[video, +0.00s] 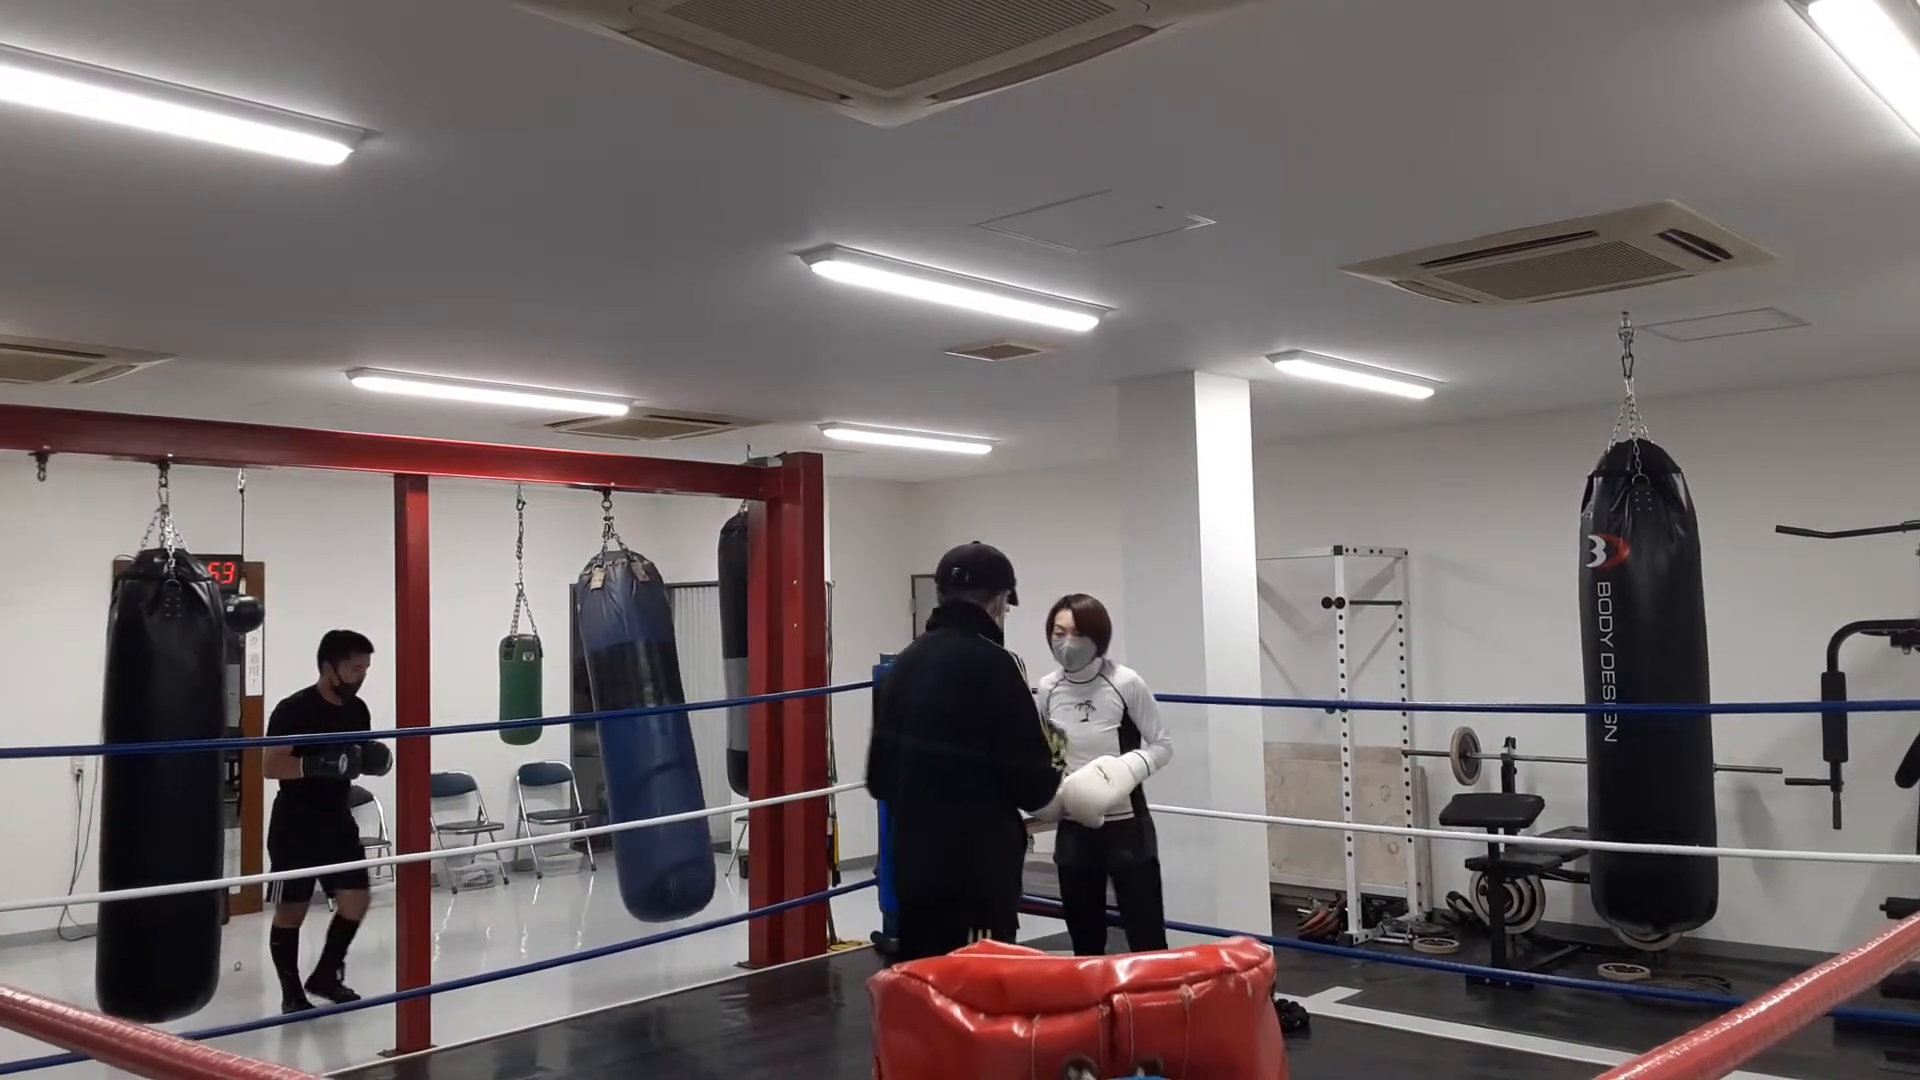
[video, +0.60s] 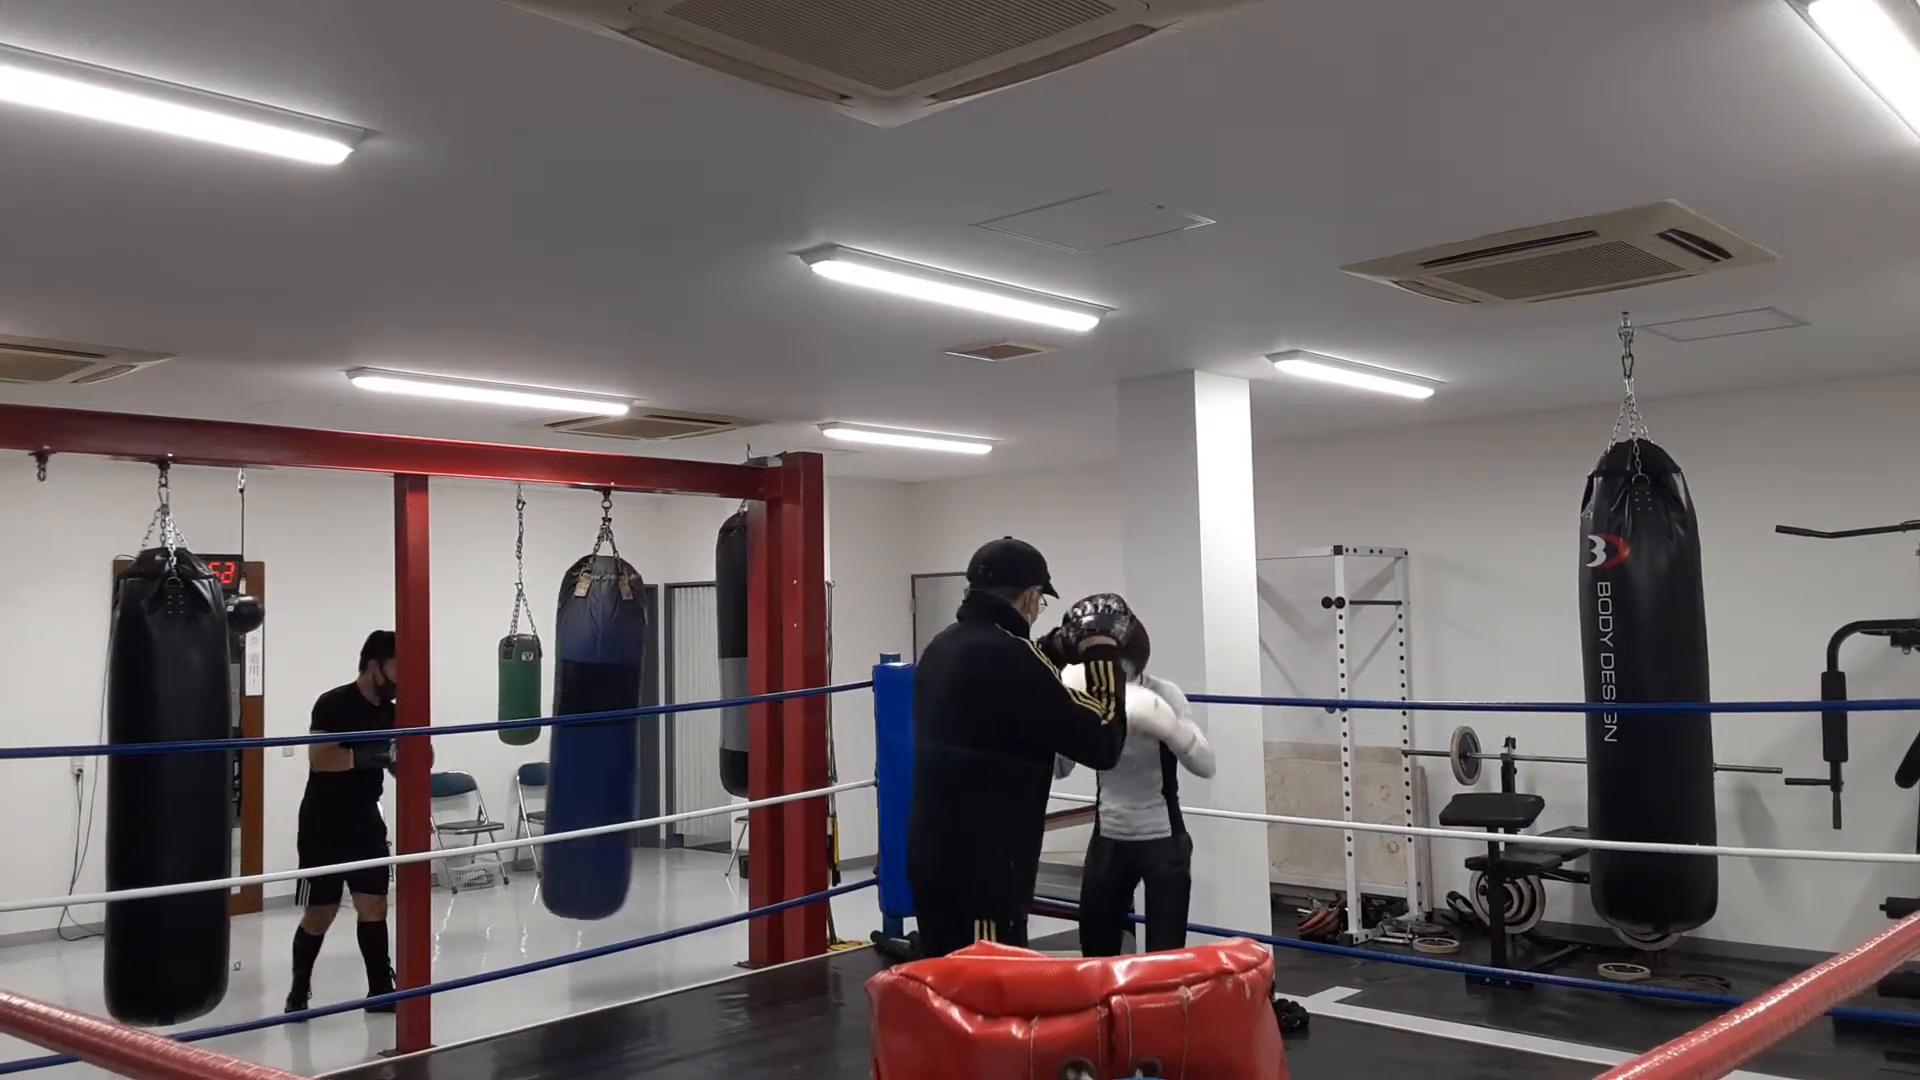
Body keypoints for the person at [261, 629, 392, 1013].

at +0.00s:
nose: (363, 675)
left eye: (365, 668)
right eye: (357, 668)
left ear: (361, 668)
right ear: (329, 666)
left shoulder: (357, 710)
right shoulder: (293, 710)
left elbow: (354, 754)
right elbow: (272, 765)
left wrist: (373, 759)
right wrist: (322, 764)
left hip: (337, 817)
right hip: (295, 818)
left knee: (356, 899)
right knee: (292, 905)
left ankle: (325, 976)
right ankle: (291, 994)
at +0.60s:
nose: (401, 677)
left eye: (402, 670)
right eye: (396, 669)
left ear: (383, 668)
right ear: (372, 666)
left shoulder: (390, 712)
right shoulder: (331, 705)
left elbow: (409, 759)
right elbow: (319, 760)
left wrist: (404, 756)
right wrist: (363, 757)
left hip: (366, 815)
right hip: (323, 816)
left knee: (373, 903)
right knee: (322, 909)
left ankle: (380, 990)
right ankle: (299, 991)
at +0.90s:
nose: (391, 678)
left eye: (393, 670)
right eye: (386, 669)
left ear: (372, 672)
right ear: (361, 668)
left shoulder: (378, 713)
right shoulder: (320, 708)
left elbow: (389, 764)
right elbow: (311, 768)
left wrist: (407, 757)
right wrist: (359, 760)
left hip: (356, 820)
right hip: (313, 823)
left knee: (368, 903)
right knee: (296, 912)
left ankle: (380, 990)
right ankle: (255, 995)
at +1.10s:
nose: (362, 687)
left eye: (365, 679)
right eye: (357, 678)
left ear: (343, 679)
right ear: (330, 675)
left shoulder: (346, 719)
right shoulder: (288, 718)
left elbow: (340, 768)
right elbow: (276, 779)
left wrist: (365, 768)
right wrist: (330, 774)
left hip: (329, 825)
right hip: (288, 828)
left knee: (354, 907)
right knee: (280, 920)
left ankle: (378, 989)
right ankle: (247, 1004)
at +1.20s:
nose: (346, 684)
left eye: (347, 676)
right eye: (340, 676)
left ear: (325, 675)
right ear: (313, 673)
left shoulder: (329, 716)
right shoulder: (273, 718)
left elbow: (317, 768)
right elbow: (256, 780)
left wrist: (349, 768)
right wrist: (314, 774)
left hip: (318, 827)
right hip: (277, 832)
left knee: (343, 908)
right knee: (272, 919)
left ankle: (369, 987)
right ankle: (246, 1005)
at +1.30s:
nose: (332, 678)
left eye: (333, 670)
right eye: (326, 670)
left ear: (307, 672)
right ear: (298, 670)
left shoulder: (319, 712)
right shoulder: (260, 716)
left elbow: (311, 761)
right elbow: (249, 778)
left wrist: (339, 761)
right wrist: (302, 770)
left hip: (310, 821)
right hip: (269, 826)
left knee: (337, 902)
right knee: (268, 915)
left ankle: (340, 987)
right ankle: (245, 1003)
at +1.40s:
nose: (321, 677)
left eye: (322, 669)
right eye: (315, 669)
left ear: (298, 670)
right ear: (288, 670)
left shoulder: (312, 711)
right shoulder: (250, 718)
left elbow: (310, 759)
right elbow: (243, 782)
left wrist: (338, 758)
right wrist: (298, 769)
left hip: (306, 819)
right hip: (264, 826)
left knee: (325, 903)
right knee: (268, 915)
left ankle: (305, 990)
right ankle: (245, 1002)